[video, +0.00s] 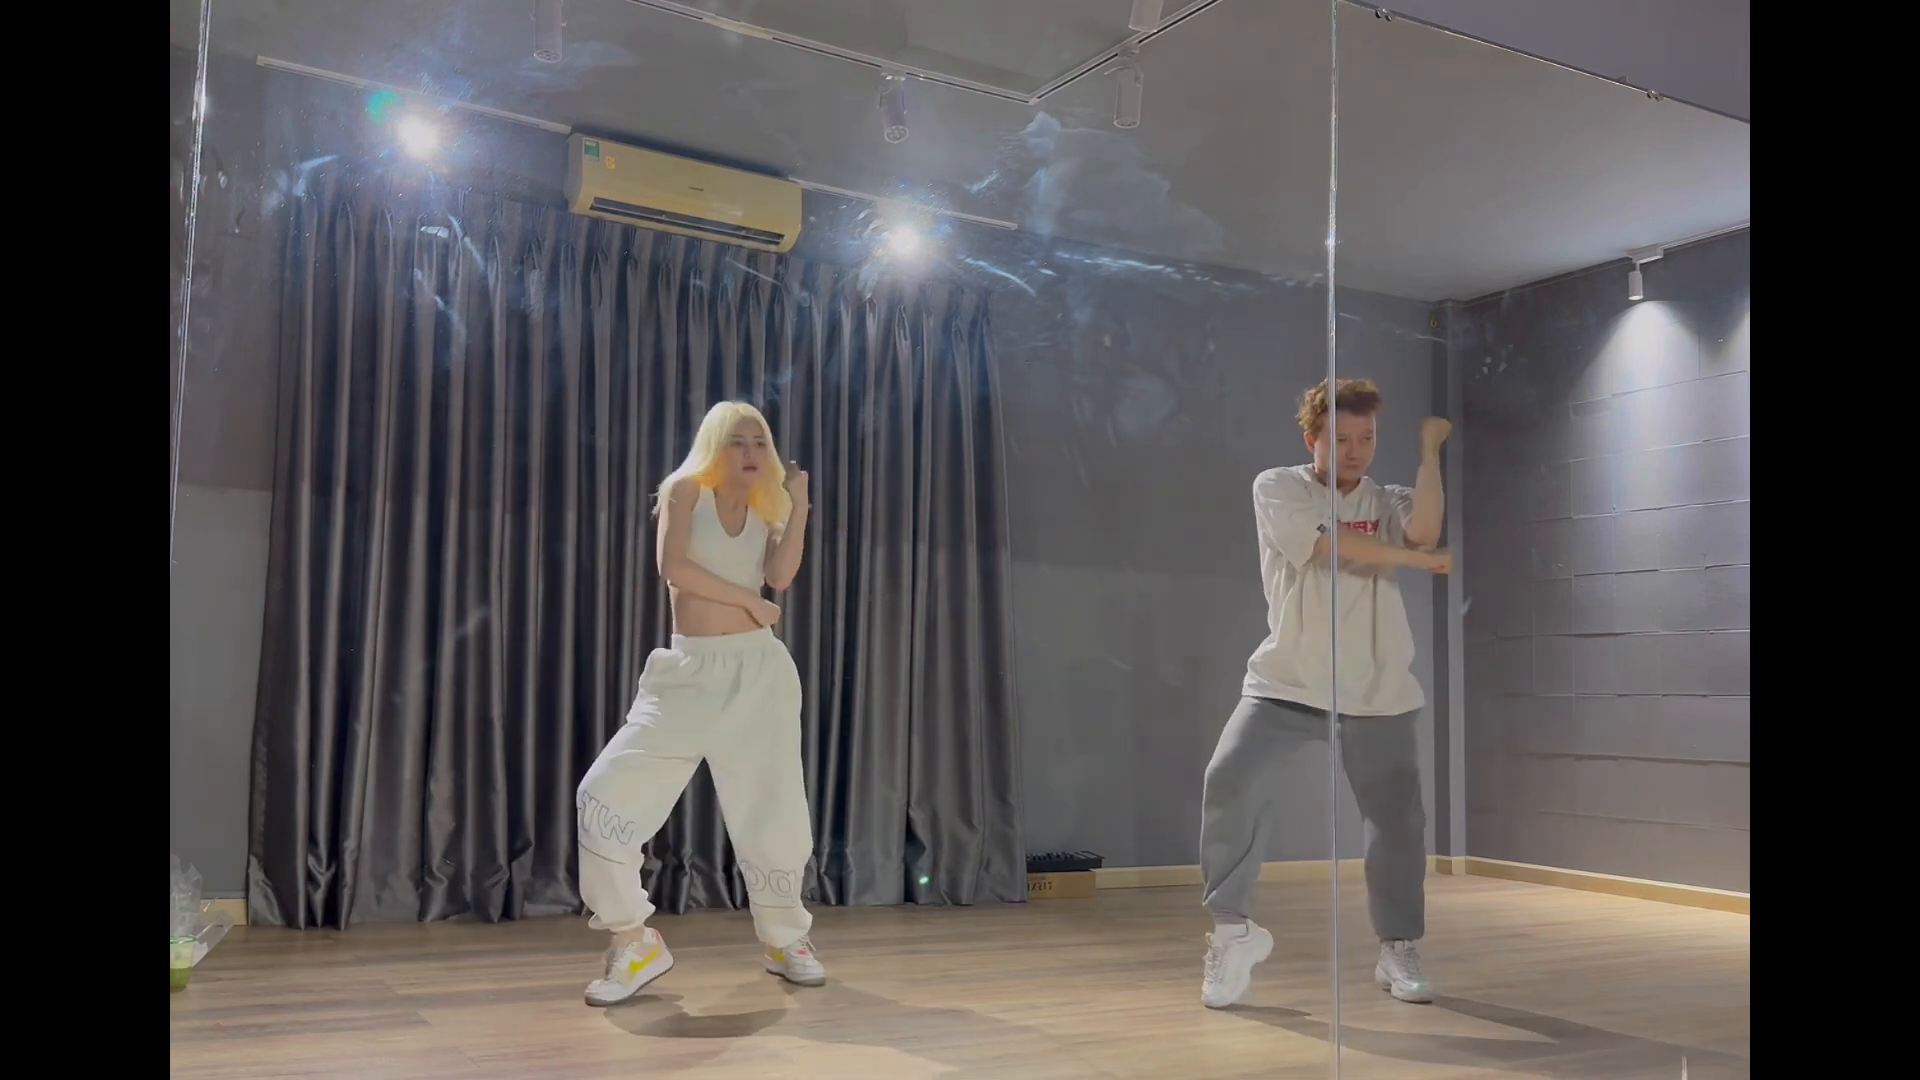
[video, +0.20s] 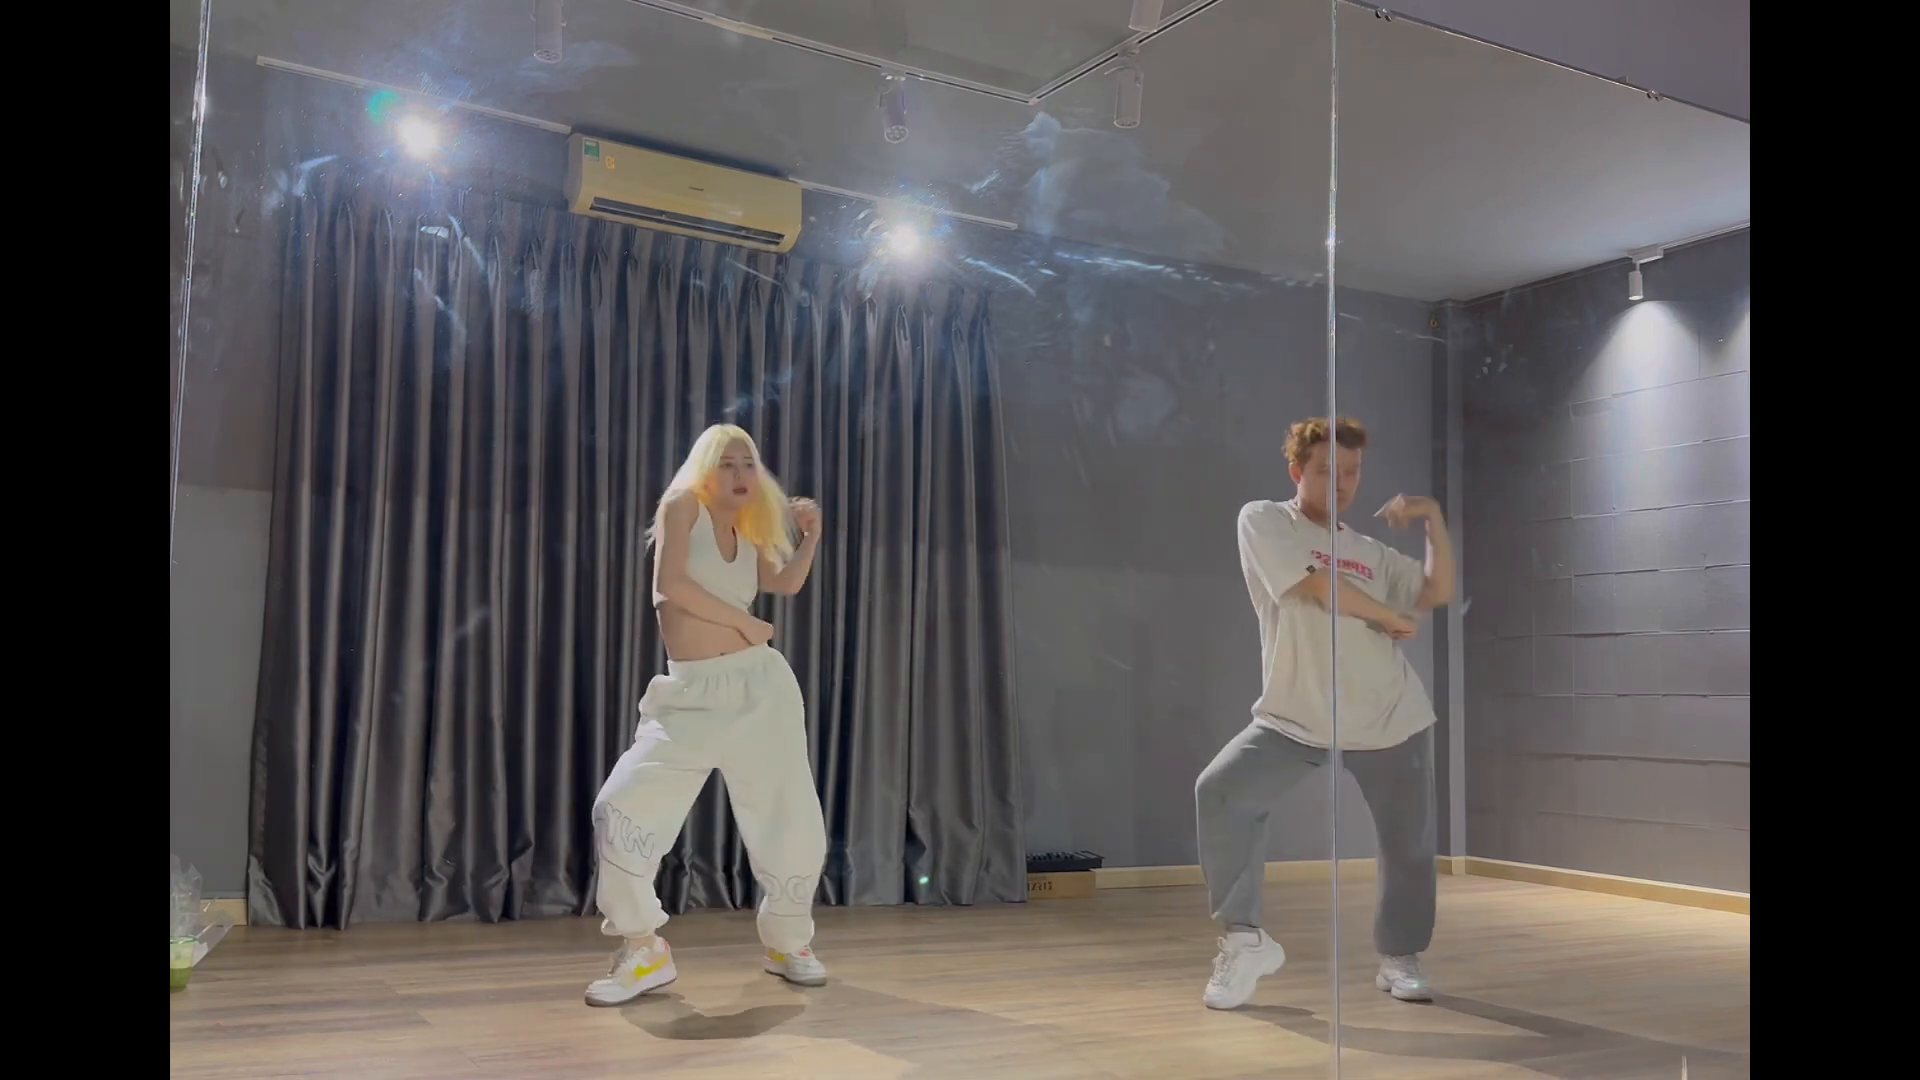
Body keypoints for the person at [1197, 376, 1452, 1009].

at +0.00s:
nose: (1356, 449)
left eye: (1365, 438)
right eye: (1342, 437)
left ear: (1376, 440)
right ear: (1312, 438)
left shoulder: (1384, 500)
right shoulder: (1277, 488)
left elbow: (1426, 533)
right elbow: (1324, 548)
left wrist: (1430, 454)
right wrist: (1419, 559)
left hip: (1378, 686)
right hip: (1291, 679)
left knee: (1400, 814)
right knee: (1227, 780)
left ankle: (1399, 950)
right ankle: (1232, 931)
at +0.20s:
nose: (1343, 482)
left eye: (1351, 471)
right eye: (1329, 469)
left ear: (1361, 476)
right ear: (1297, 470)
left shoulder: (1371, 556)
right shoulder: (1263, 520)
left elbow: (1441, 590)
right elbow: (1311, 584)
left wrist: (1432, 517)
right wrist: (1388, 616)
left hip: (1389, 720)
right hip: (1298, 715)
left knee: (1409, 845)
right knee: (1220, 790)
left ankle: (1401, 959)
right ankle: (1244, 939)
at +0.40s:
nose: (1320, 461)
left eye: (1328, 449)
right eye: (1307, 448)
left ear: (1339, 453)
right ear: (1278, 452)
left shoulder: (1359, 509)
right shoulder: (1246, 507)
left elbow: (1347, 495)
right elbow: (1288, 561)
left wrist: (1345, 417)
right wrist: (1376, 567)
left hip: (1344, 705)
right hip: (1261, 704)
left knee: (1404, 818)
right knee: (1227, 810)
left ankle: (1378, 953)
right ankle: (1187, 942)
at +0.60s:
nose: (1305, 487)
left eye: (1313, 477)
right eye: (1292, 476)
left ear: (1321, 483)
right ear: (1259, 480)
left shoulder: (1334, 528)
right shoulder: (1230, 541)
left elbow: (1377, 563)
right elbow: (1292, 596)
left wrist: (1308, 529)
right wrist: (1380, 603)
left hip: (1316, 722)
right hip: (1246, 721)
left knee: (1399, 816)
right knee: (1226, 839)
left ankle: (1375, 956)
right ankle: (1162, 958)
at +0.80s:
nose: (1335, 482)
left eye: (1343, 473)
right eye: (1323, 468)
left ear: (1348, 477)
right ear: (1286, 465)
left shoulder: (1327, 524)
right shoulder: (1265, 529)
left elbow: (1385, 488)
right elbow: (1340, 598)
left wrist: (1380, 485)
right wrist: (1402, 607)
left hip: (1365, 716)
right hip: (1298, 725)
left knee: (1444, 844)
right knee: (1253, 851)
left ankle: (1387, 962)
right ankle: (1166, 956)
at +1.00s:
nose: (1391, 460)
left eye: (1394, 448)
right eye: (1380, 445)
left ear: (1378, 455)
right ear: (1340, 450)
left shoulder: (1364, 510)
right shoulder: (1324, 509)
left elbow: (1419, 525)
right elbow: (1357, 545)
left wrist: (1399, 453)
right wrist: (1398, 466)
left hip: (1424, 700)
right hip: (1378, 710)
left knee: (1449, 835)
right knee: (1440, 836)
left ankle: (1392, 960)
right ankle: (1332, 889)